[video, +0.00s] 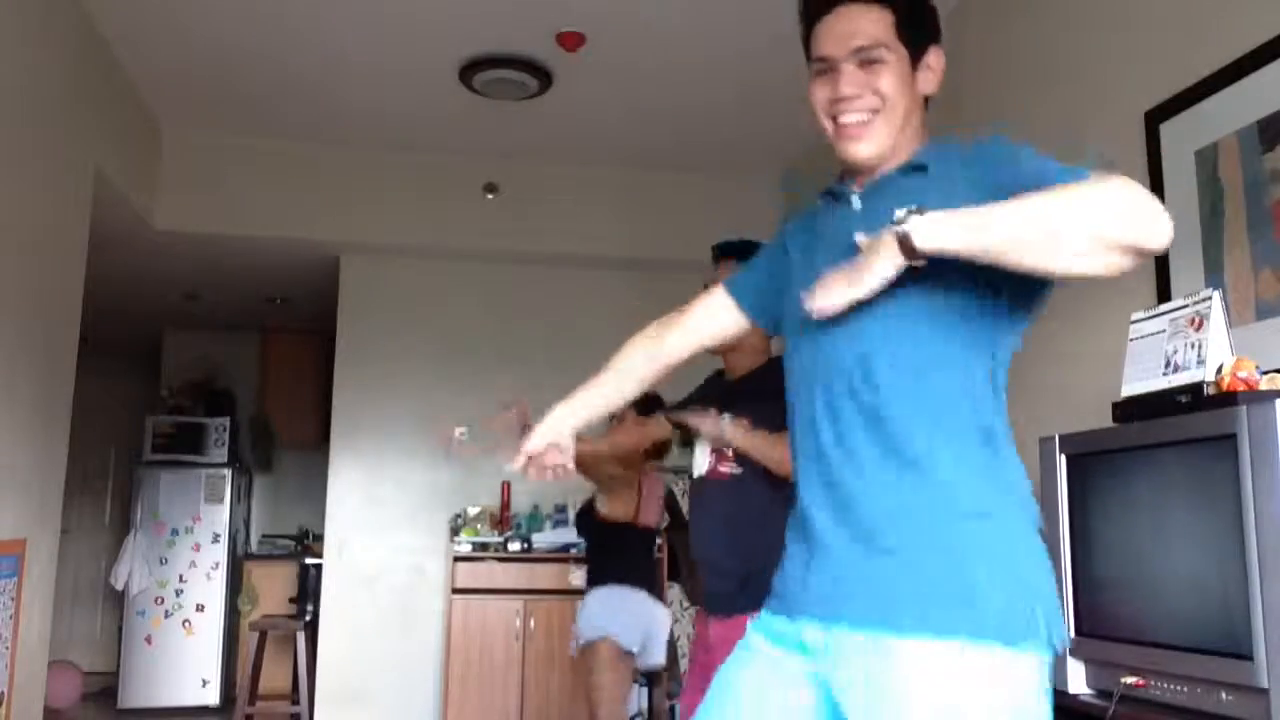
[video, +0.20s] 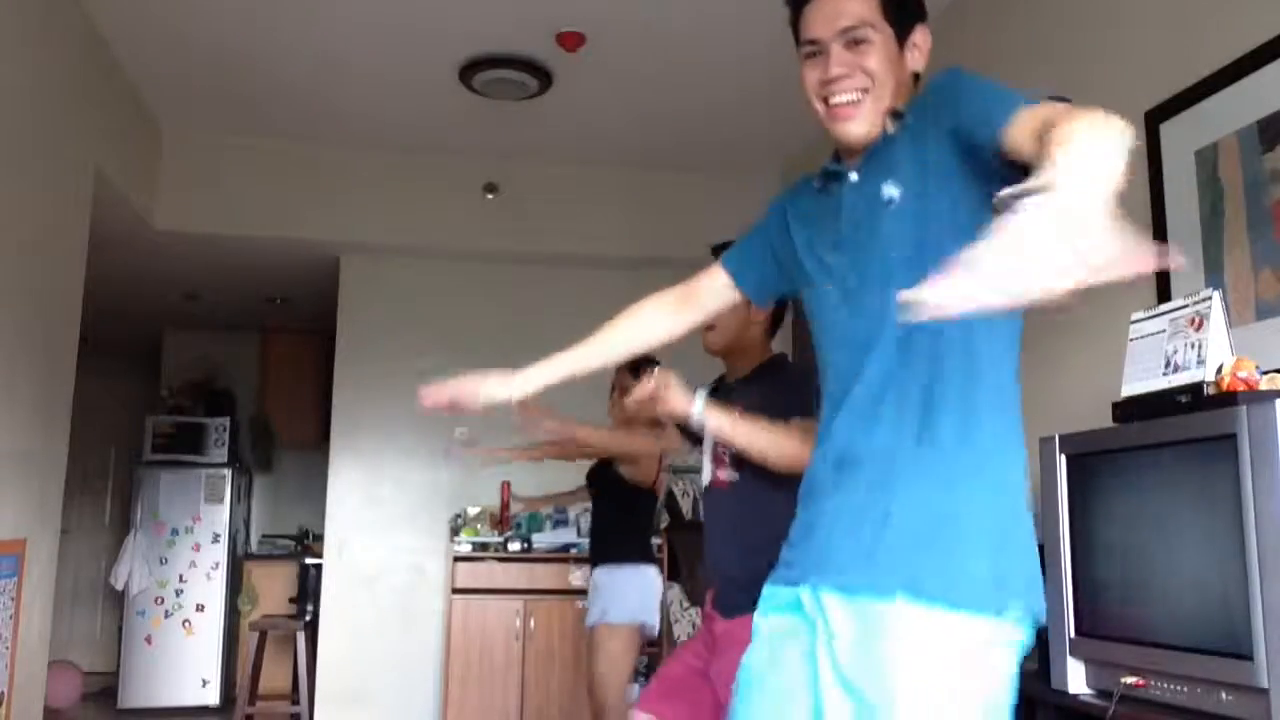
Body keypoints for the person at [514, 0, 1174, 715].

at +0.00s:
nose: (843, 87)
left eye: (869, 61)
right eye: (824, 69)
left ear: (927, 71)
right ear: (809, 90)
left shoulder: (979, 170)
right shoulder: (804, 235)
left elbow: (1142, 227)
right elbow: (683, 334)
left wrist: (912, 235)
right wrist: (565, 418)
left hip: (957, 626)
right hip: (803, 617)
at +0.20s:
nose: (833, 69)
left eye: (858, 41)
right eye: (813, 52)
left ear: (915, 52)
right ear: (796, 74)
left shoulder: (952, 108)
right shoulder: (803, 211)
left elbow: (1093, 133)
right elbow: (684, 304)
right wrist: (525, 380)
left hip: (952, 571)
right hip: (819, 567)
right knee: (765, 706)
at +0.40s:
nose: (799, 111)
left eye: (823, 84)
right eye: (785, 95)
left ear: (890, 89)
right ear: (776, 116)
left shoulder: (949, 183)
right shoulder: (807, 256)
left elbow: (1079, 213)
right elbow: (716, 376)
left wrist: (1273, 221)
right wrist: (721, 336)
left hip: (931, 602)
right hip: (834, 597)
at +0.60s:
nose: (788, 87)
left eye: (804, 60)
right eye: (784, 71)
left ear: (880, 45)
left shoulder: (953, 124)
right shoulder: (808, 206)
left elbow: (1084, 164)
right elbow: (712, 313)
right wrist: (606, 351)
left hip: (942, 569)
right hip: (840, 566)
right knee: (831, 709)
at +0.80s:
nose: (803, 100)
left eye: (818, 72)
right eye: (800, 85)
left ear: (897, 52)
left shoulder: (997, 152)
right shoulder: (828, 233)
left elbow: (1131, 199)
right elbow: (701, 337)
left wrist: (904, 219)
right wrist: (581, 425)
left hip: (986, 609)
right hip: (837, 599)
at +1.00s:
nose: (841, 76)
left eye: (858, 44)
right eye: (826, 61)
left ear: (933, 35)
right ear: (826, 78)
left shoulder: (1006, 118)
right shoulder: (858, 204)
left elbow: (1183, 137)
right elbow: (743, 322)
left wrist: (964, 212)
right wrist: (576, 396)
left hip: (996, 594)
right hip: (857, 593)